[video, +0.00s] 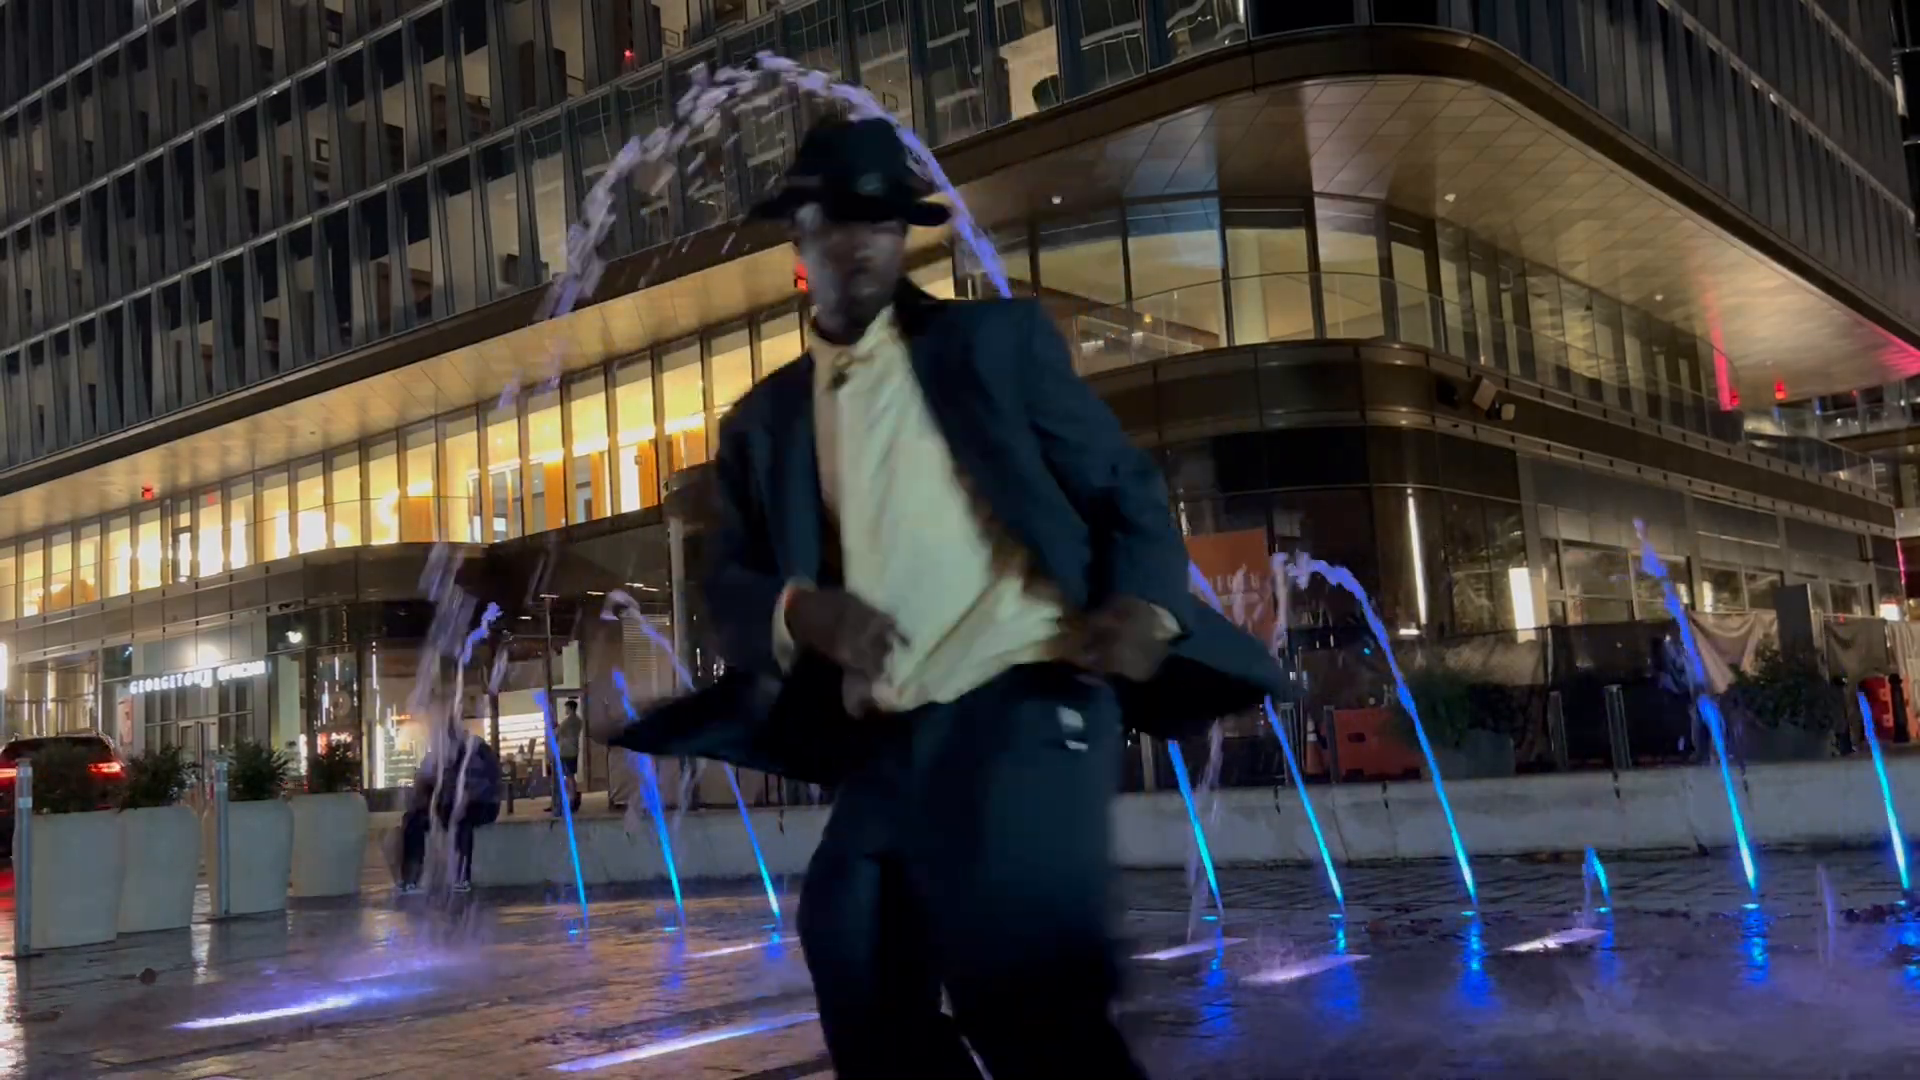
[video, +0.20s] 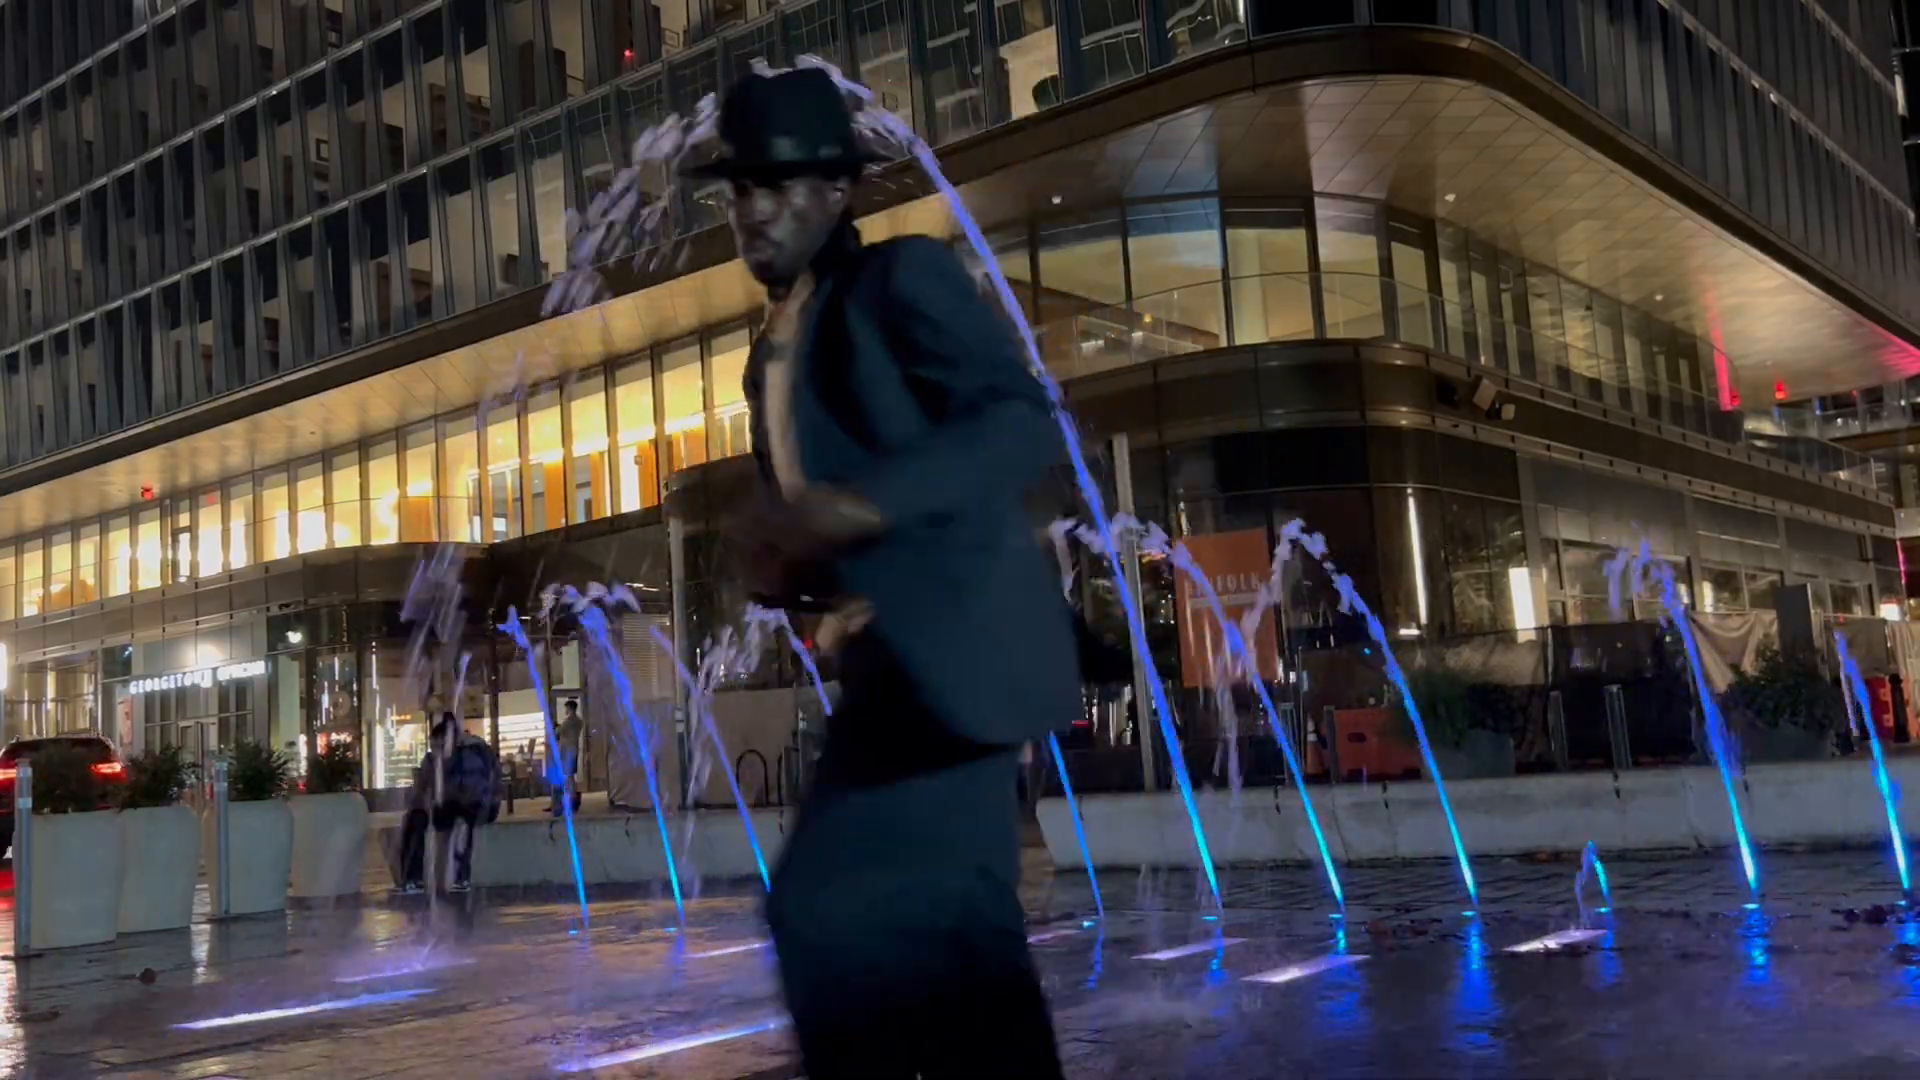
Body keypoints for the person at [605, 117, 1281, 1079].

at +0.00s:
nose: (858, 242)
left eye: (880, 219)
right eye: (833, 219)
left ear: (908, 235)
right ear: (797, 239)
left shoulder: (1003, 340)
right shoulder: (760, 422)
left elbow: (1129, 486)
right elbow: (724, 592)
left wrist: (1144, 604)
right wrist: (797, 608)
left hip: (1031, 705)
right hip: (888, 737)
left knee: (1024, 982)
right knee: (844, 938)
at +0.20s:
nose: (753, 211)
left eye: (778, 184)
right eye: (738, 190)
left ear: (839, 188)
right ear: (727, 200)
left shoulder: (907, 275)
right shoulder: (780, 341)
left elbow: (1022, 424)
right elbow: (825, 512)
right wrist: (778, 556)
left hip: (958, 655)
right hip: (892, 664)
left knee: (819, 907)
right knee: (965, 931)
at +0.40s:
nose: (700, 224)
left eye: (725, 196)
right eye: (692, 204)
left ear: (802, 205)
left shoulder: (818, 334)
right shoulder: (821, 329)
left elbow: (812, 525)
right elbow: (892, 534)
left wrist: (606, 549)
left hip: (839, 756)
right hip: (860, 749)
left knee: (740, 1000)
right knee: (909, 998)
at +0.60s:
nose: (658, 218)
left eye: (681, 193)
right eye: (657, 196)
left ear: (757, 206)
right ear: (746, 211)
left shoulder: (772, 324)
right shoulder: (774, 316)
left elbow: (737, 526)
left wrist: (669, 482)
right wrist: (983, 664)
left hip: (838, 705)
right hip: (853, 700)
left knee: (751, 952)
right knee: (793, 951)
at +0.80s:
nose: (693, 276)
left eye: (712, 248)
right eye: (687, 254)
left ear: (779, 241)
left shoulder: (828, 346)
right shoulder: (788, 354)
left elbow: (779, 520)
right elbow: (793, 530)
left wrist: (682, 472)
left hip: (876, 718)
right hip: (849, 717)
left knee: (717, 928)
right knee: (795, 954)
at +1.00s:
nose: (728, 258)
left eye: (748, 231)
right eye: (710, 240)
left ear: (802, 225)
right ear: (697, 248)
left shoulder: (826, 332)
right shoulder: (786, 340)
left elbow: (761, 502)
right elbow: (813, 533)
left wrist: (667, 436)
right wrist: (715, 565)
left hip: (932, 693)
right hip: (858, 693)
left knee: (916, 927)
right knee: (780, 910)